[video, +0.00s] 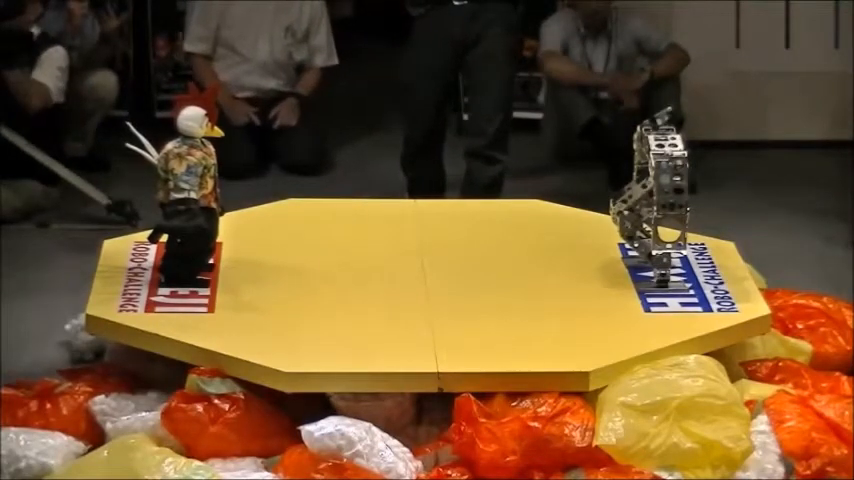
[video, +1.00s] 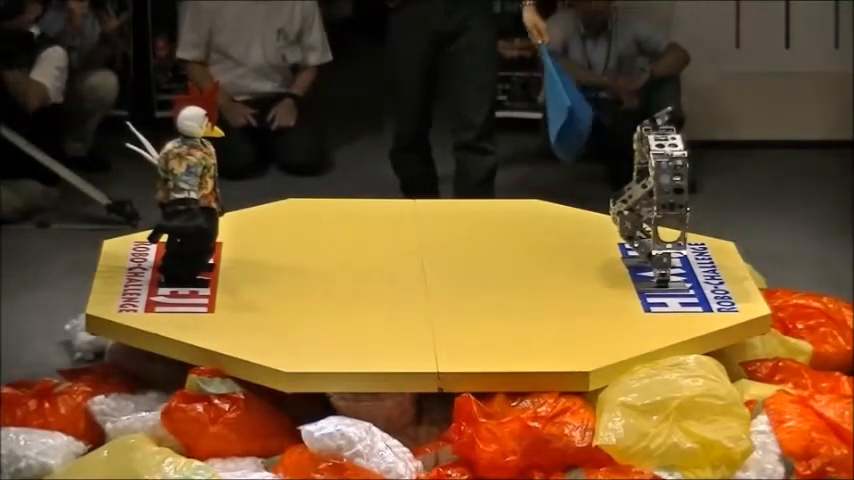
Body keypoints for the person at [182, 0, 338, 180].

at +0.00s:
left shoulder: (310, 5)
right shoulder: (212, 5)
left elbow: (316, 64)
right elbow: (198, 56)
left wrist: (294, 100)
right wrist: (228, 102)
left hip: (284, 99)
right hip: (232, 99)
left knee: (306, 160)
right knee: (237, 164)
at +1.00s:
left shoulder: (302, 5)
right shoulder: (203, 5)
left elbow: (312, 61)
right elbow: (192, 61)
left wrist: (291, 100)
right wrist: (226, 105)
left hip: (280, 97)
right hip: (229, 101)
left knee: (305, 160)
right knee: (236, 163)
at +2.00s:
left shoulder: (302, 5)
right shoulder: (201, 5)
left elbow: (312, 60)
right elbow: (191, 60)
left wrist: (291, 100)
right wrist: (226, 105)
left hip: (280, 98)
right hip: (228, 102)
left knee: (306, 160)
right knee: (237, 163)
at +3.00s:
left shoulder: (301, 5)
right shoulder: (202, 5)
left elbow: (310, 62)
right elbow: (191, 62)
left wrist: (291, 100)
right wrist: (226, 106)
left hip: (279, 99)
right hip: (227, 102)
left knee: (307, 161)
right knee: (238, 163)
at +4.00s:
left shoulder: (301, 5)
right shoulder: (196, 6)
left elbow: (317, 49)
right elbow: (187, 59)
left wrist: (299, 81)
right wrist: (220, 82)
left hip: (280, 97)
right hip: (229, 99)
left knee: (306, 161)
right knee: (237, 164)